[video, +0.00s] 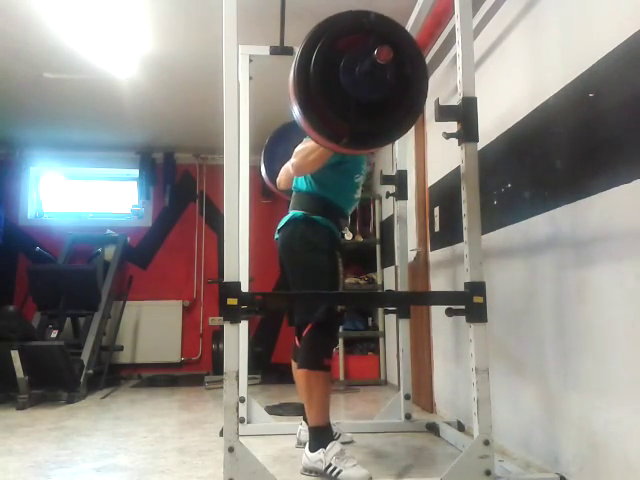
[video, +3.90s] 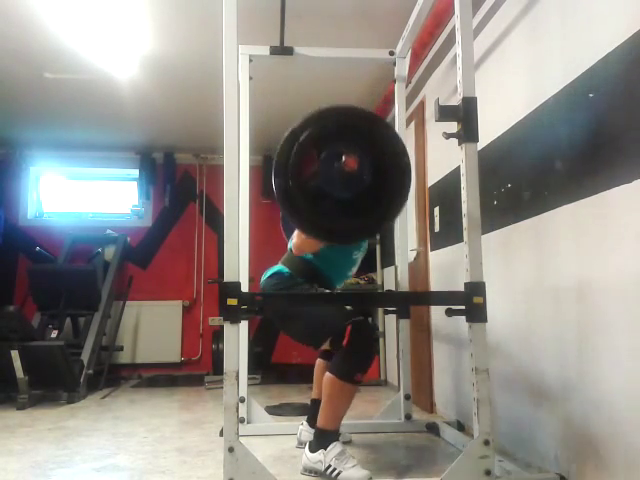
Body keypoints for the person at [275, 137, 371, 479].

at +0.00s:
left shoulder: (348, 136)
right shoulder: (333, 131)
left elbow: (282, 180)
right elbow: (295, 167)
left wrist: (297, 166)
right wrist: (336, 140)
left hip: (311, 232)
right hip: (308, 231)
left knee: (309, 334)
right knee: (320, 332)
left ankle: (314, 430)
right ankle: (320, 446)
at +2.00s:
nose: (370, 127)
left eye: (369, 122)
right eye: (366, 121)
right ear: (349, 113)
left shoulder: (346, 145)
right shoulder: (331, 135)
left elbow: (289, 187)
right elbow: (294, 169)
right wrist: (327, 131)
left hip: (318, 234)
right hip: (310, 233)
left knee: (314, 332)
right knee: (316, 331)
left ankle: (315, 429)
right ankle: (319, 446)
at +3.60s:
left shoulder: (353, 169)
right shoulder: (327, 166)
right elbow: (293, 212)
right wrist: (339, 182)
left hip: (306, 259)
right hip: (285, 255)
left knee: (333, 328)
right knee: (351, 324)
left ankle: (314, 422)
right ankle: (321, 445)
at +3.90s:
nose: (351, 166)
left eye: (356, 160)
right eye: (346, 160)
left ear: (367, 165)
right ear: (336, 164)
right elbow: (300, 245)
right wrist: (341, 206)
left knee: (340, 337)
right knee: (359, 337)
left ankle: (315, 427)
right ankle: (322, 448)